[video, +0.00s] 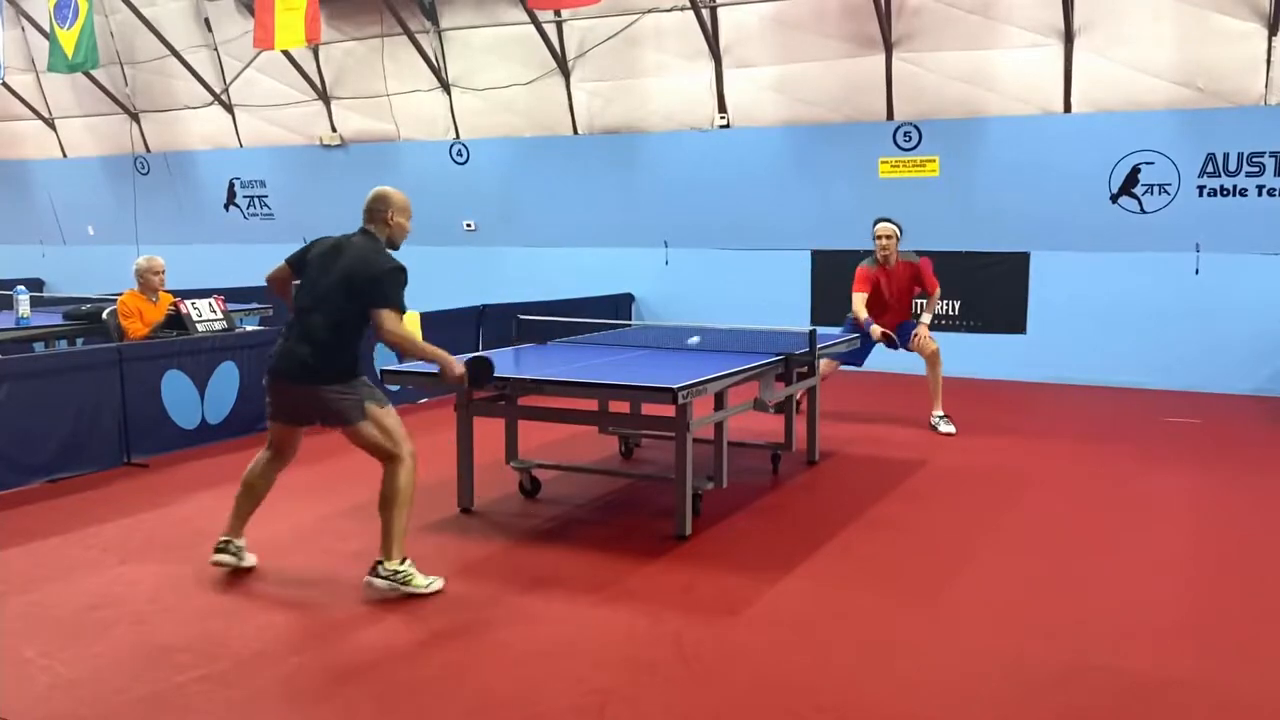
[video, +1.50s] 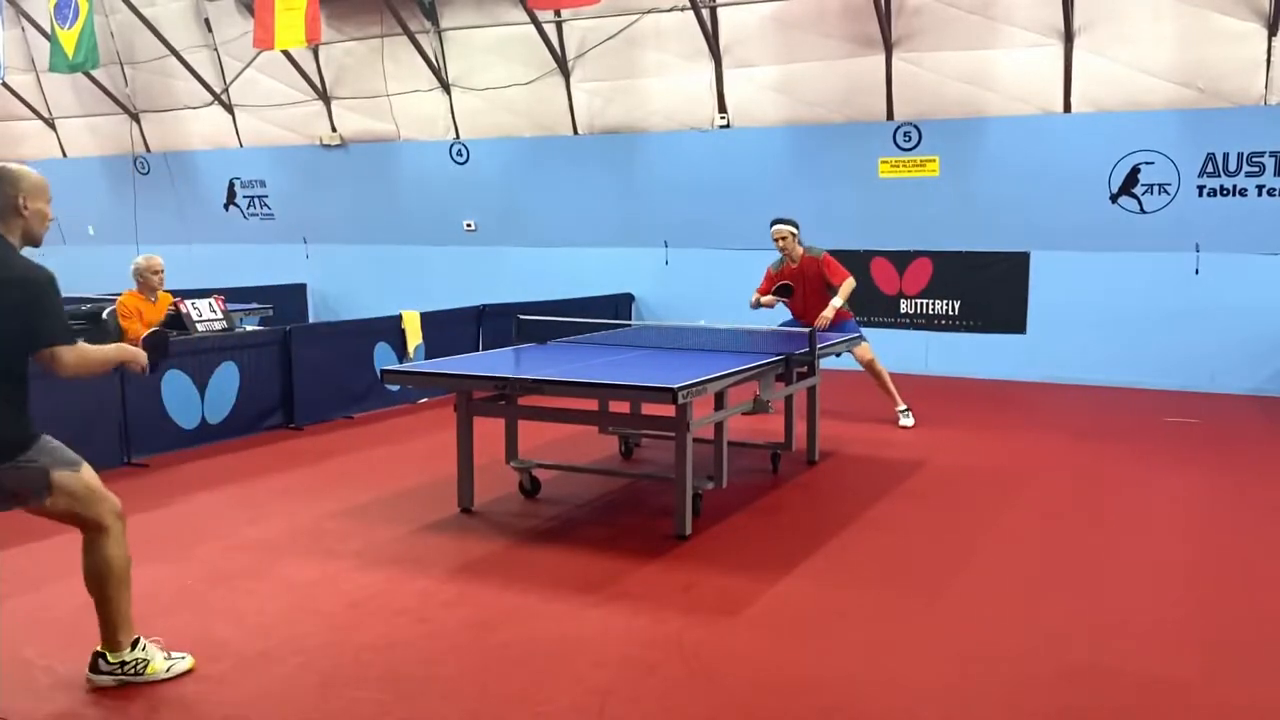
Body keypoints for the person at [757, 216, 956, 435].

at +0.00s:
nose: (884, 242)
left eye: (889, 238)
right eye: (879, 238)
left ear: (898, 241)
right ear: (873, 242)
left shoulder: (916, 266)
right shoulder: (866, 269)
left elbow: (934, 293)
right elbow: (858, 306)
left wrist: (924, 324)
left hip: (899, 324)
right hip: (865, 323)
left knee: (932, 350)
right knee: (824, 369)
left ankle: (938, 413)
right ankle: (795, 396)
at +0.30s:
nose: (848, 215)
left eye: (853, 211)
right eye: (844, 211)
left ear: (863, 214)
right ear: (839, 215)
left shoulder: (880, 243)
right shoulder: (831, 245)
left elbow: (898, 279)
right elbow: (819, 276)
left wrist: (889, 316)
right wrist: (816, 294)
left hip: (880, 309)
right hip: (845, 308)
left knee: (908, 346)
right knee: (806, 341)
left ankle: (927, 405)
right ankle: (785, 396)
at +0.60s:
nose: (794, 241)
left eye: (798, 236)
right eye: (790, 237)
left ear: (809, 236)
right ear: (787, 239)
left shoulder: (832, 257)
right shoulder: (784, 265)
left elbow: (866, 274)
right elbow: (755, 286)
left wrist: (851, 290)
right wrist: (769, 295)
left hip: (849, 318)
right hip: (815, 319)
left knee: (877, 357)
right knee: (778, 345)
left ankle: (914, 407)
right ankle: (786, 393)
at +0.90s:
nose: (767, 228)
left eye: (772, 223)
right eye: (763, 224)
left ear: (783, 224)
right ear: (760, 228)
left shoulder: (805, 246)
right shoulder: (758, 258)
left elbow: (839, 261)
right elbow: (745, 285)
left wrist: (845, 291)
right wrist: (740, 308)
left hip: (824, 312)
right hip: (788, 314)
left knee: (860, 350)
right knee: (758, 348)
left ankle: (899, 396)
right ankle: (771, 395)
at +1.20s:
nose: (784, 217)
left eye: (789, 213)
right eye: (780, 213)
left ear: (799, 215)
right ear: (776, 217)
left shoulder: (821, 238)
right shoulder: (771, 249)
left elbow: (849, 257)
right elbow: (759, 278)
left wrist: (850, 290)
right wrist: (752, 293)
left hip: (829, 305)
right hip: (795, 308)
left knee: (862, 346)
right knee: (767, 342)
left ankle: (896, 401)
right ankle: (764, 398)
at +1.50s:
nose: (779, 244)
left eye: (783, 238)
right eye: (775, 240)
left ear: (795, 237)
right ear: (773, 243)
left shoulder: (819, 259)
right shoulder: (776, 270)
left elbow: (849, 282)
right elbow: (754, 301)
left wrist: (831, 308)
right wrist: (763, 301)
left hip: (837, 319)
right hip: (802, 323)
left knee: (867, 359)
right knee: (764, 345)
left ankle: (901, 407)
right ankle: (763, 399)